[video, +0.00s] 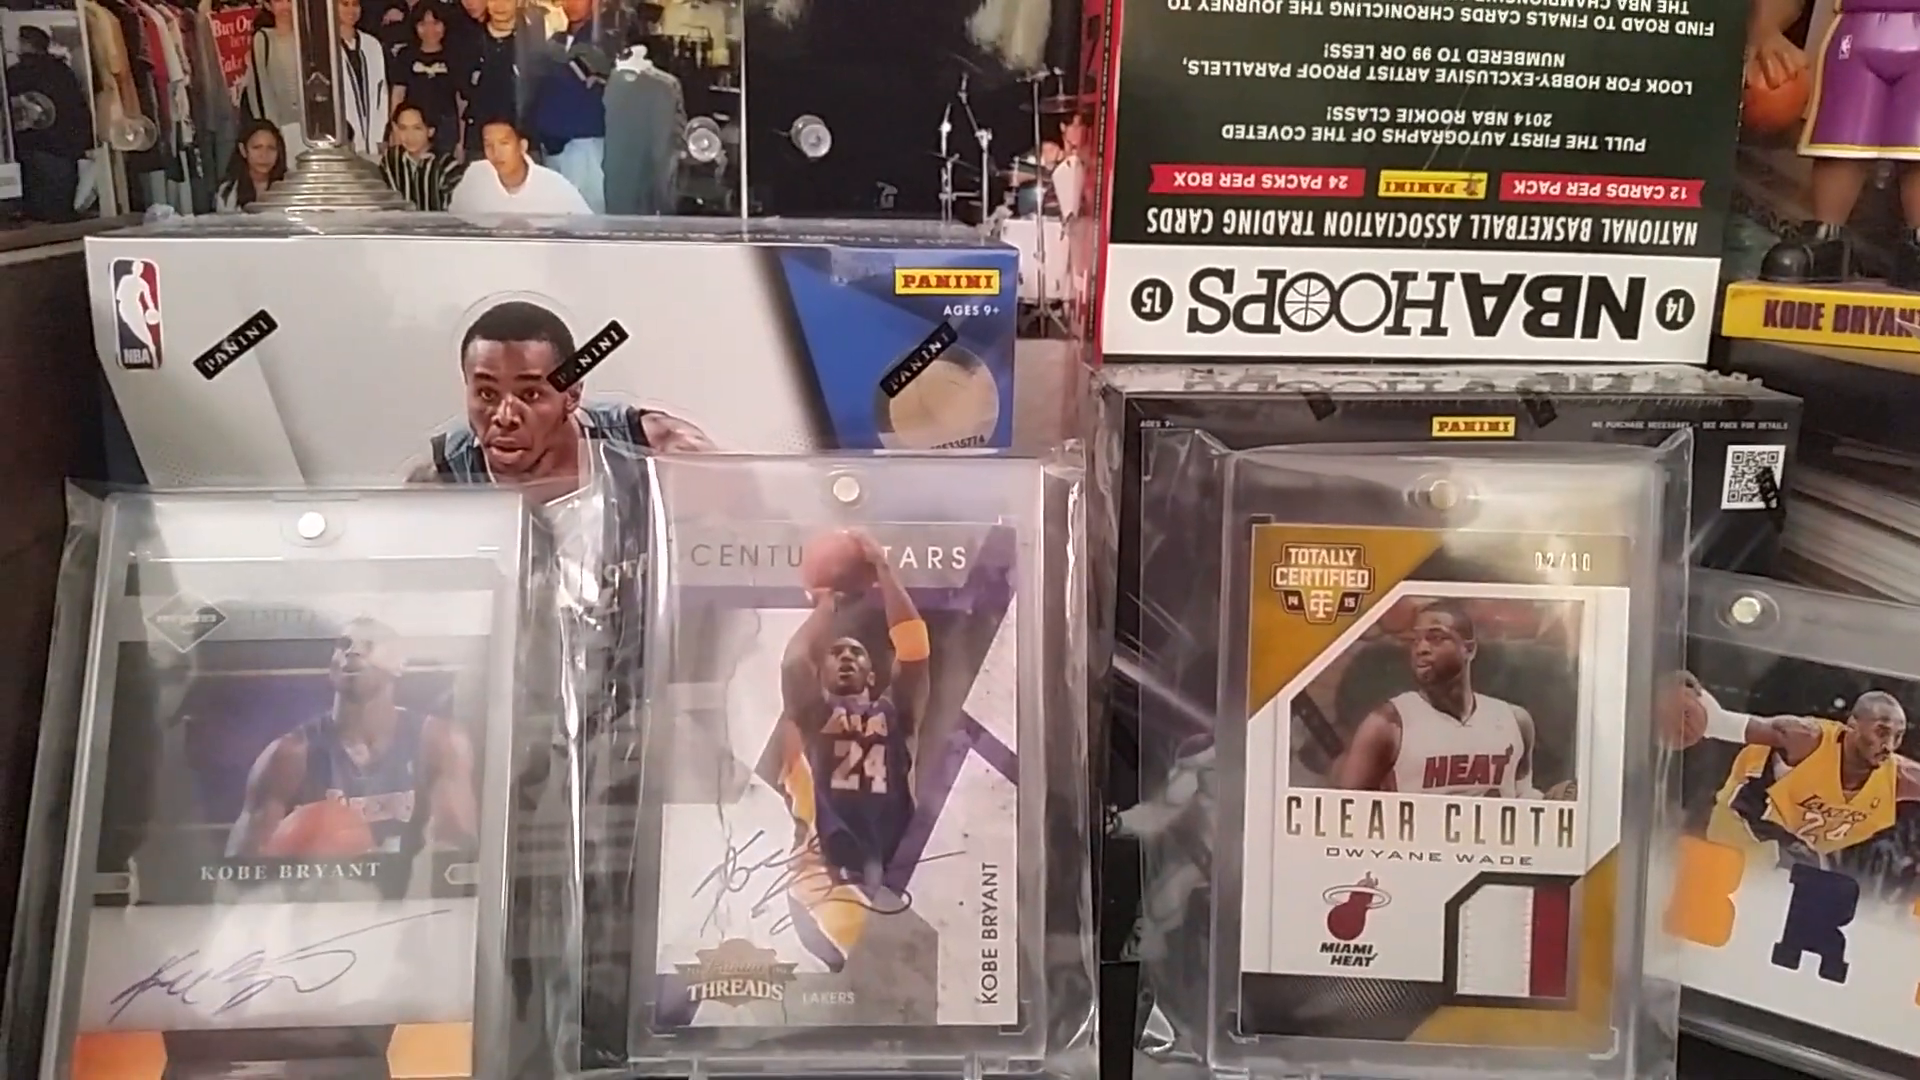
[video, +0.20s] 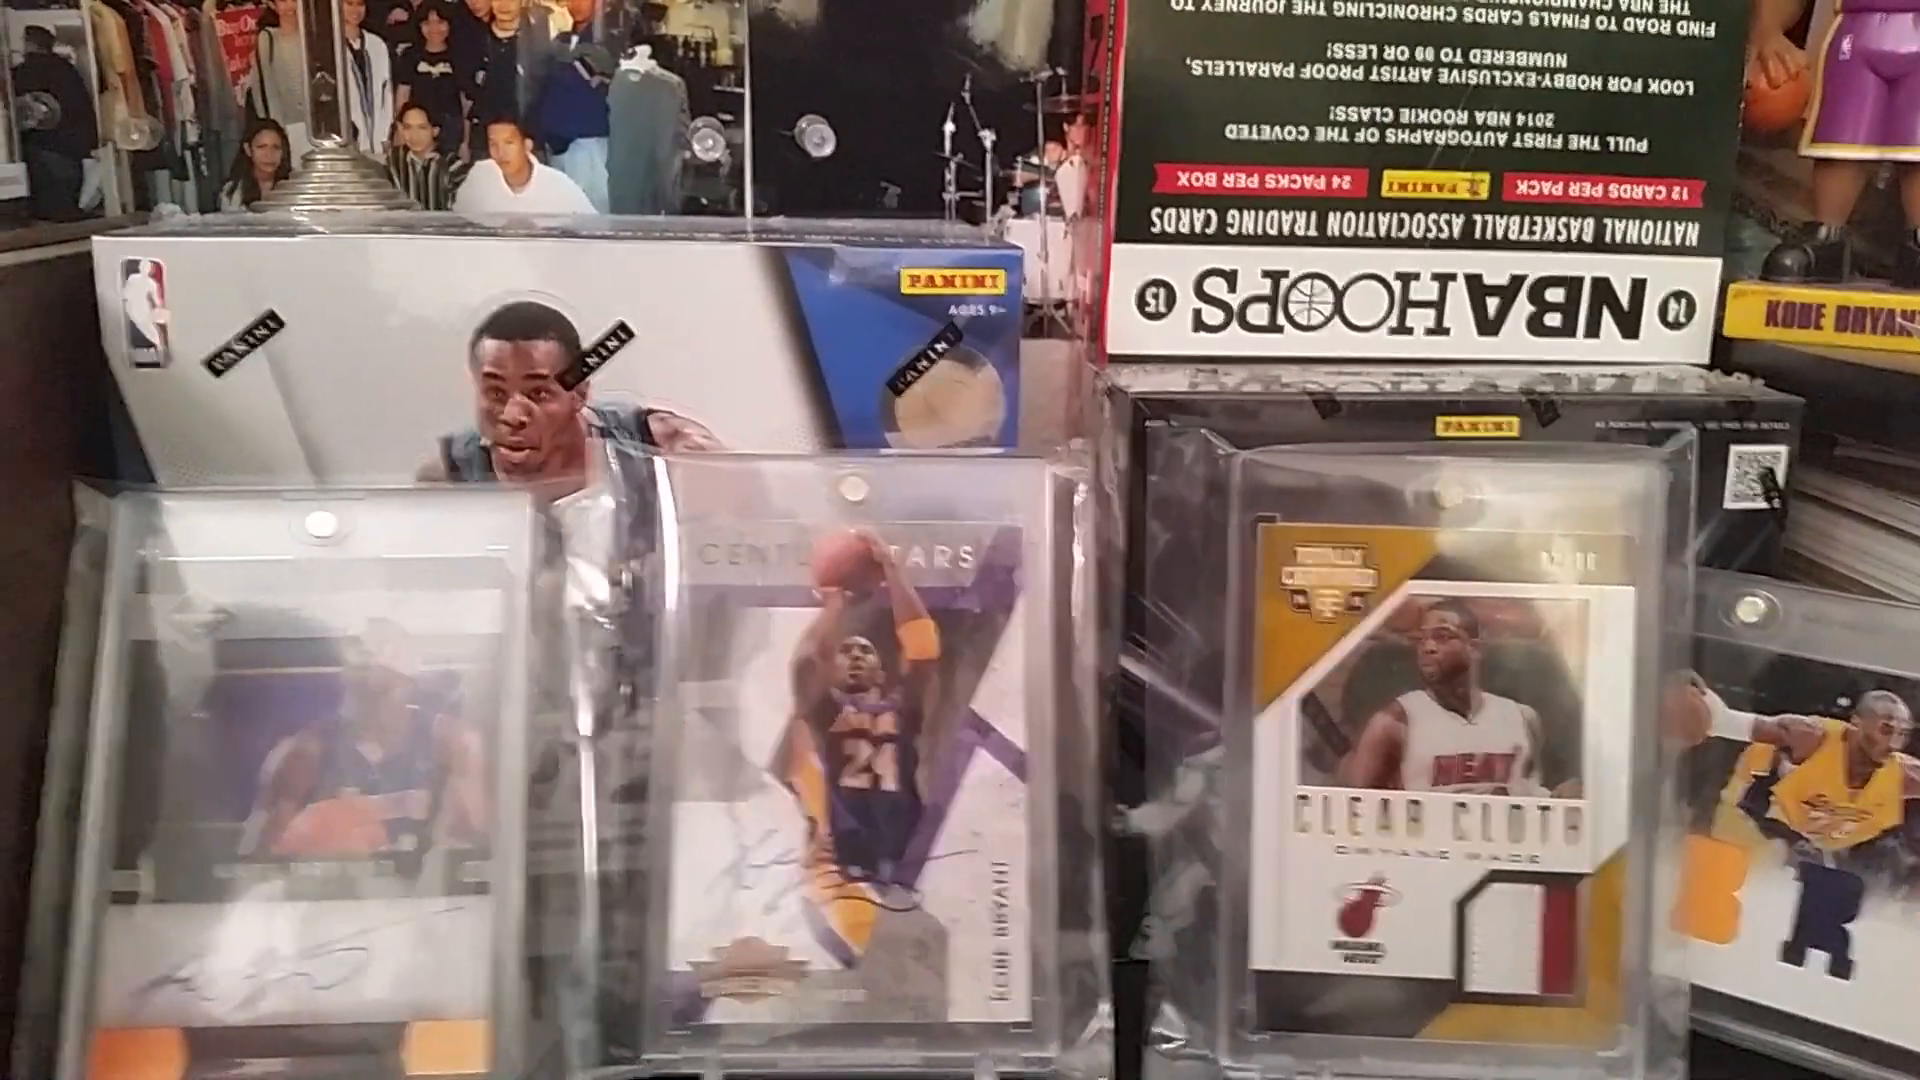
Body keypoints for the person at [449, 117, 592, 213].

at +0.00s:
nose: (496, 153)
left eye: (504, 144)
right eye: (489, 146)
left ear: (522, 146)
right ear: (484, 150)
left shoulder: (554, 184)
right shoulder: (476, 175)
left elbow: (590, 229)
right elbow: (452, 223)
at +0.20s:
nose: (501, 153)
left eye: (509, 143)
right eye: (493, 145)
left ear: (527, 146)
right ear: (488, 148)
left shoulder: (558, 184)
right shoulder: (480, 176)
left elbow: (595, 229)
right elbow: (456, 223)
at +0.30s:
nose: (523, 152)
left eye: (532, 143)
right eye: (516, 144)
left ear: (551, 146)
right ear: (511, 150)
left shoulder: (581, 183)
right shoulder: (503, 174)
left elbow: (616, 227)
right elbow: (480, 222)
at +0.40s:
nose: (545, 152)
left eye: (554, 143)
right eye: (538, 144)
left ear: (572, 146)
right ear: (533, 147)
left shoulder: (602, 184)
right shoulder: (525, 174)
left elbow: (636, 228)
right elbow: (503, 222)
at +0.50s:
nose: (562, 153)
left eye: (570, 145)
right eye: (555, 146)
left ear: (588, 148)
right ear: (550, 148)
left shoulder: (618, 186)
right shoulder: (542, 176)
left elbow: (653, 230)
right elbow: (520, 223)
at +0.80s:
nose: (559, 155)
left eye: (567, 146)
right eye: (552, 148)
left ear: (585, 149)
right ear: (547, 152)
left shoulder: (615, 186)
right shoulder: (539, 177)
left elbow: (650, 232)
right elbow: (516, 224)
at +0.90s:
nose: (528, 155)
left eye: (537, 145)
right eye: (522, 148)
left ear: (556, 149)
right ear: (517, 153)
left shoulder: (584, 186)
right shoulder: (507, 178)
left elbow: (618, 230)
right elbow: (484, 225)